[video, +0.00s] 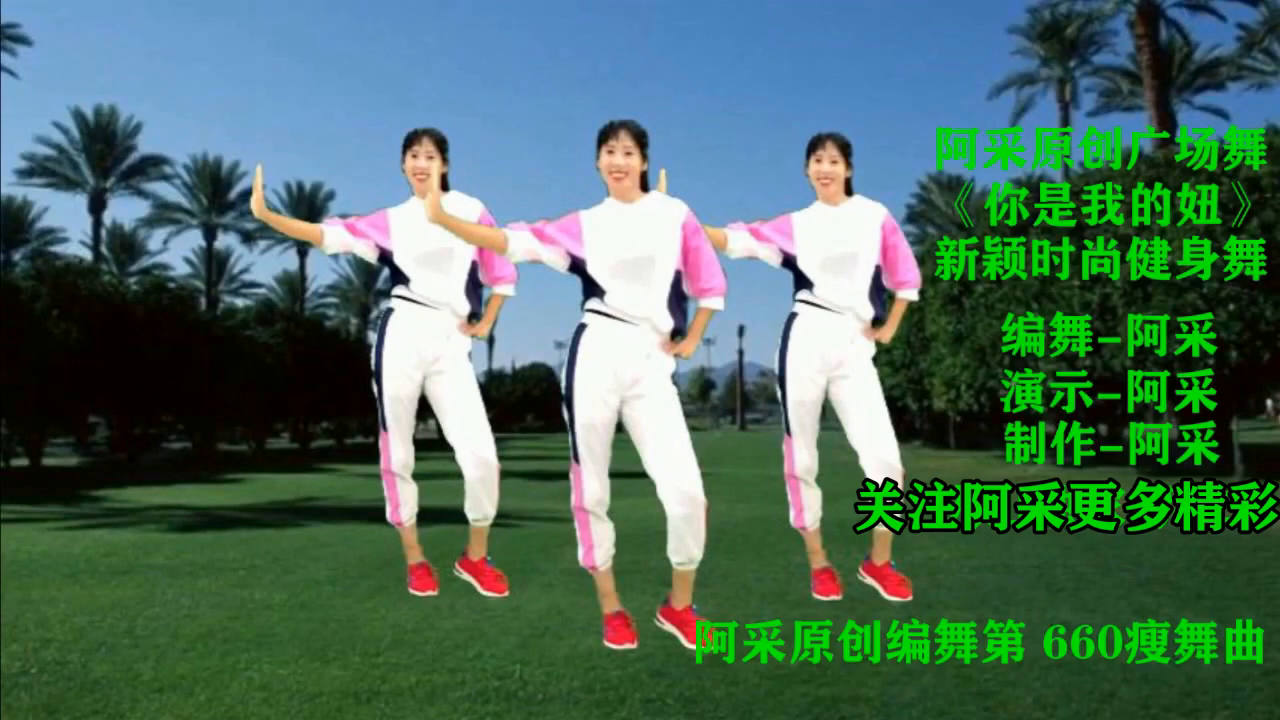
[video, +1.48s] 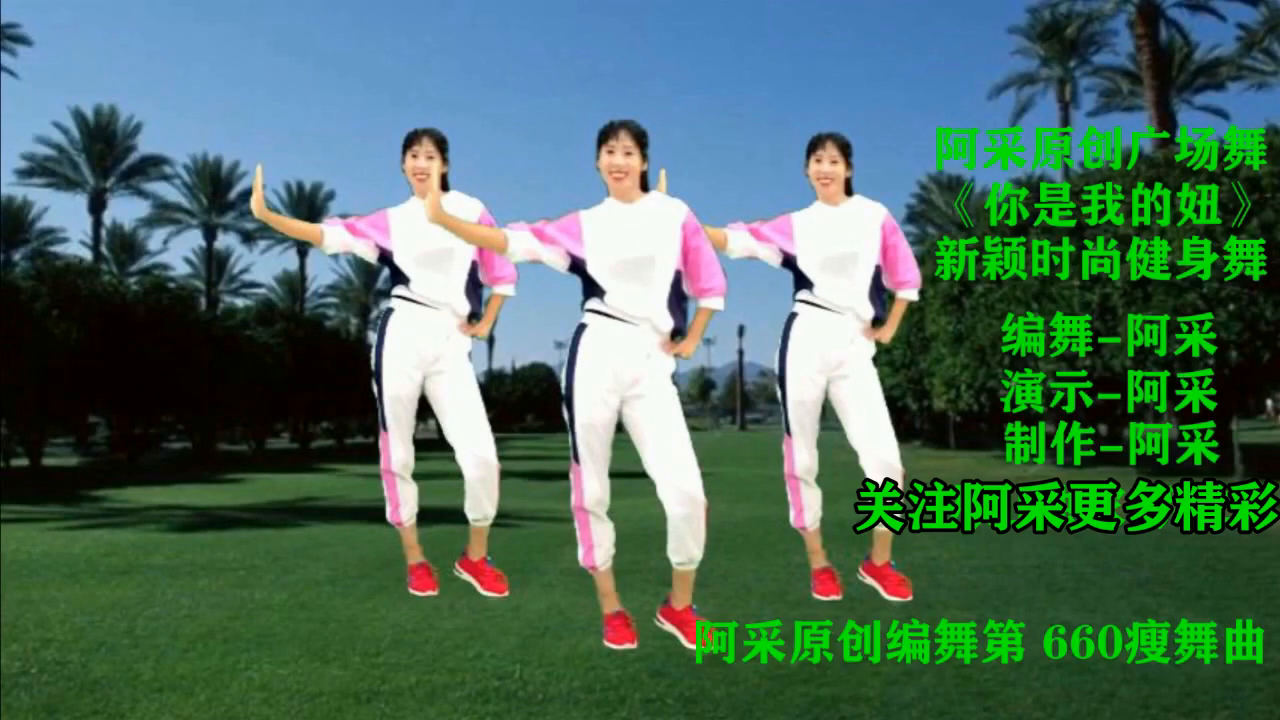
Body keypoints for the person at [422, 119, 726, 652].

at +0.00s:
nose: (618, 160)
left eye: (628, 152)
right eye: (609, 152)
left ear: (644, 162)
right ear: (598, 163)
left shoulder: (675, 216)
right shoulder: (586, 222)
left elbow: (711, 284)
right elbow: (510, 241)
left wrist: (689, 342)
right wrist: (443, 218)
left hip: (654, 353)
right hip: (598, 348)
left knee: (686, 492)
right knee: (593, 488)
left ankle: (679, 607)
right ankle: (612, 610)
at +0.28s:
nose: (618, 160)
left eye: (628, 152)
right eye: (609, 152)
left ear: (644, 162)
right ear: (598, 163)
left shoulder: (675, 216)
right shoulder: (586, 223)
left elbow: (711, 284)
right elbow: (510, 241)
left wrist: (689, 342)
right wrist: (442, 218)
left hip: (654, 353)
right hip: (598, 348)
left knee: (686, 492)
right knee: (593, 488)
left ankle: (679, 607)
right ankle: (612, 610)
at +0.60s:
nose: (618, 160)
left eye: (628, 152)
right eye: (609, 152)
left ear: (644, 162)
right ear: (598, 163)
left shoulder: (675, 216)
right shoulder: (586, 223)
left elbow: (711, 284)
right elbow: (510, 241)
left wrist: (689, 342)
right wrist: (442, 218)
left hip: (654, 353)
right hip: (598, 348)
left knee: (686, 492)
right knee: (593, 488)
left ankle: (679, 607)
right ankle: (612, 611)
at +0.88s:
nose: (618, 160)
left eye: (628, 152)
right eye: (609, 152)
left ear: (644, 162)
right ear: (598, 163)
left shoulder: (675, 216)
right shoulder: (586, 223)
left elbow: (711, 284)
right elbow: (510, 241)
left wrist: (689, 342)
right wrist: (442, 218)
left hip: (654, 353)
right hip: (598, 348)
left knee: (686, 492)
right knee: (593, 488)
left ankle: (679, 607)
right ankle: (612, 610)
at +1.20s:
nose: (618, 160)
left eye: (628, 152)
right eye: (609, 152)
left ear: (644, 162)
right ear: (598, 163)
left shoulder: (675, 216)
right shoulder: (586, 223)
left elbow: (711, 284)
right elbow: (510, 241)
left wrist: (689, 342)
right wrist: (442, 218)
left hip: (654, 353)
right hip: (598, 348)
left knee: (686, 492)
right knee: (593, 488)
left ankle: (679, 607)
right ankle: (612, 610)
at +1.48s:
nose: (618, 160)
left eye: (628, 152)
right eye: (609, 152)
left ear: (644, 162)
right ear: (598, 163)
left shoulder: (675, 215)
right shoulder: (586, 223)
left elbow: (711, 284)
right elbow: (510, 241)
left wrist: (689, 342)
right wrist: (443, 218)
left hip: (654, 353)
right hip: (598, 348)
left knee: (686, 493)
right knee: (593, 489)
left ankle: (679, 607)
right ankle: (612, 611)